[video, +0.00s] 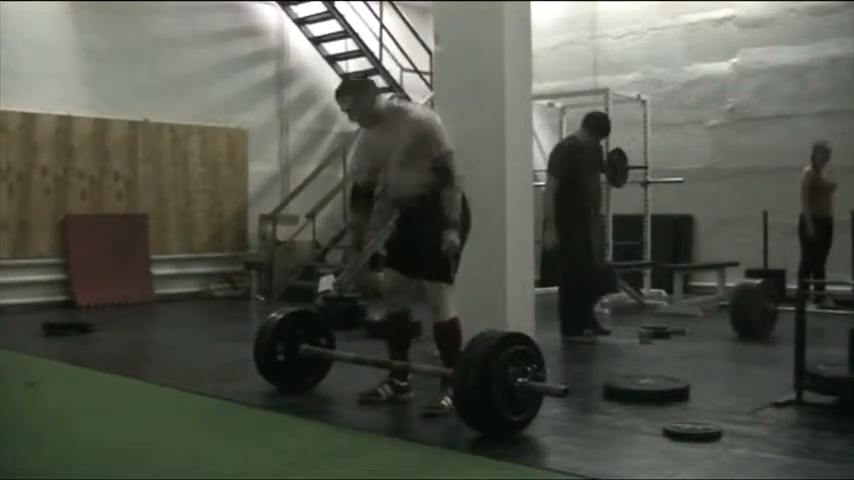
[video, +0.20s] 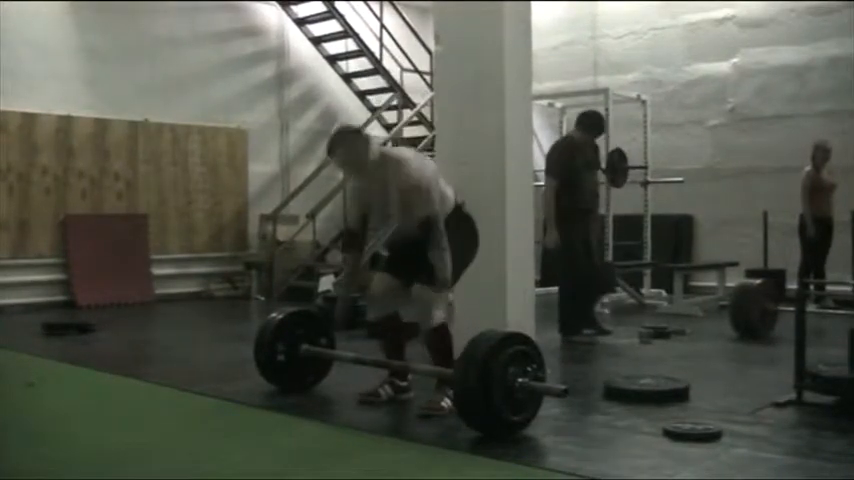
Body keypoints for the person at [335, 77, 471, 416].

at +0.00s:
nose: (351, 117)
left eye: (353, 108)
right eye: (347, 112)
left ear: (371, 96)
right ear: (349, 110)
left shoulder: (421, 122)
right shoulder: (368, 141)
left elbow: (448, 175)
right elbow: (361, 197)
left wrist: (452, 227)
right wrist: (355, 249)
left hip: (438, 213)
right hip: (402, 217)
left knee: (439, 299)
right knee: (395, 297)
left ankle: (451, 386)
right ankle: (399, 379)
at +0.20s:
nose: (342, 167)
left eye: (342, 158)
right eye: (337, 161)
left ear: (358, 148)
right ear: (344, 156)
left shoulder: (408, 168)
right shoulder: (361, 179)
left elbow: (433, 224)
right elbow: (355, 232)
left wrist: (443, 274)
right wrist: (352, 274)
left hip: (449, 233)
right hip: (406, 237)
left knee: (430, 307)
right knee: (382, 300)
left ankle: (446, 388)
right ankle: (398, 379)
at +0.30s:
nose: (345, 201)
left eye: (346, 194)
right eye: (341, 196)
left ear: (361, 185)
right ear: (341, 193)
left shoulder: (412, 208)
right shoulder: (355, 207)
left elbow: (433, 264)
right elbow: (350, 262)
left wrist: (442, 316)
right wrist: (342, 318)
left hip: (449, 256)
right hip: (404, 258)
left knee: (415, 314)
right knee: (373, 305)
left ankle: (446, 387)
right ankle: (398, 380)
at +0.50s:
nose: (352, 231)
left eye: (355, 223)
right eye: (346, 225)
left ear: (369, 215)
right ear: (341, 223)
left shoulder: (413, 239)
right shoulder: (353, 243)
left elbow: (435, 304)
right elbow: (349, 291)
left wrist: (440, 357)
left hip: (447, 283)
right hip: (400, 286)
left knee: (402, 320)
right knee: (360, 315)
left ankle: (442, 386)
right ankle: (396, 381)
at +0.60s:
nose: (352, 225)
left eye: (356, 217)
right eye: (347, 218)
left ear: (371, 208)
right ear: (344, 215)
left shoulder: (418, 238)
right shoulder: (355, 241)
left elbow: (437, 304)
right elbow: (346, 294)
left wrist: (440, 354)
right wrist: (339, 344)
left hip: (446, 280)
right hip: (400, 283)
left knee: (402, 322)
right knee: (361, 319)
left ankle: (441, 387)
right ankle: (396, 380)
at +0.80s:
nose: (346, 210)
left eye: (351, 202)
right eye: (342, 204)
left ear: (365, 195)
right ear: (339, 202)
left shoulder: (413, 216)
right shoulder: (354, 219)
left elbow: (442, 272)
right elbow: (350, 265)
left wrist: (435, 323)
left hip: (448, 248)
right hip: (400, 255)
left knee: (430, 321)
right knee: (373, 311)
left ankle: (441, 390)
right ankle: (396, 381)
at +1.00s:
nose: (332, 158)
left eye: (336, 150)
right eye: (330, 151)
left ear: (357, 146)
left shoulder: (394, 166)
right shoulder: (355, 177)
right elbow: (355, 224)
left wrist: (447, 270)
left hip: (441, 221)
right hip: (404, 230)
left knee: (430, 302)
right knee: (386, 300)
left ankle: (443, 388)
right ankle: (396, 379)